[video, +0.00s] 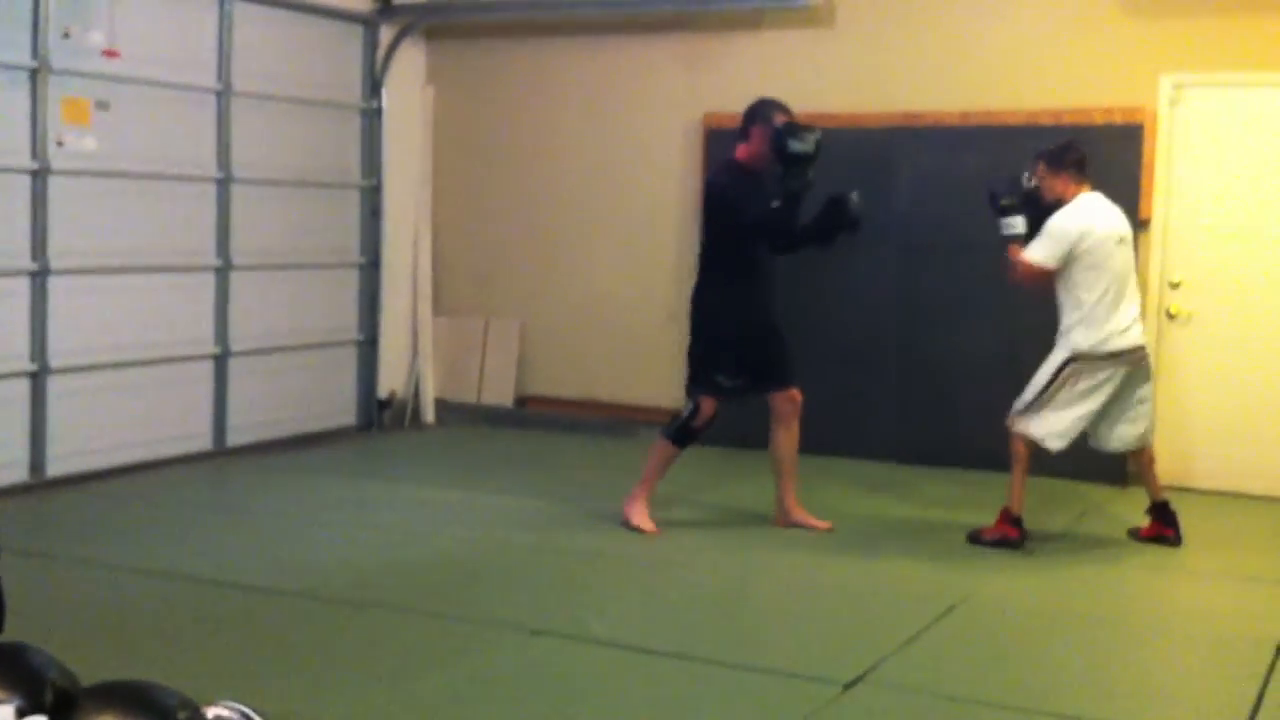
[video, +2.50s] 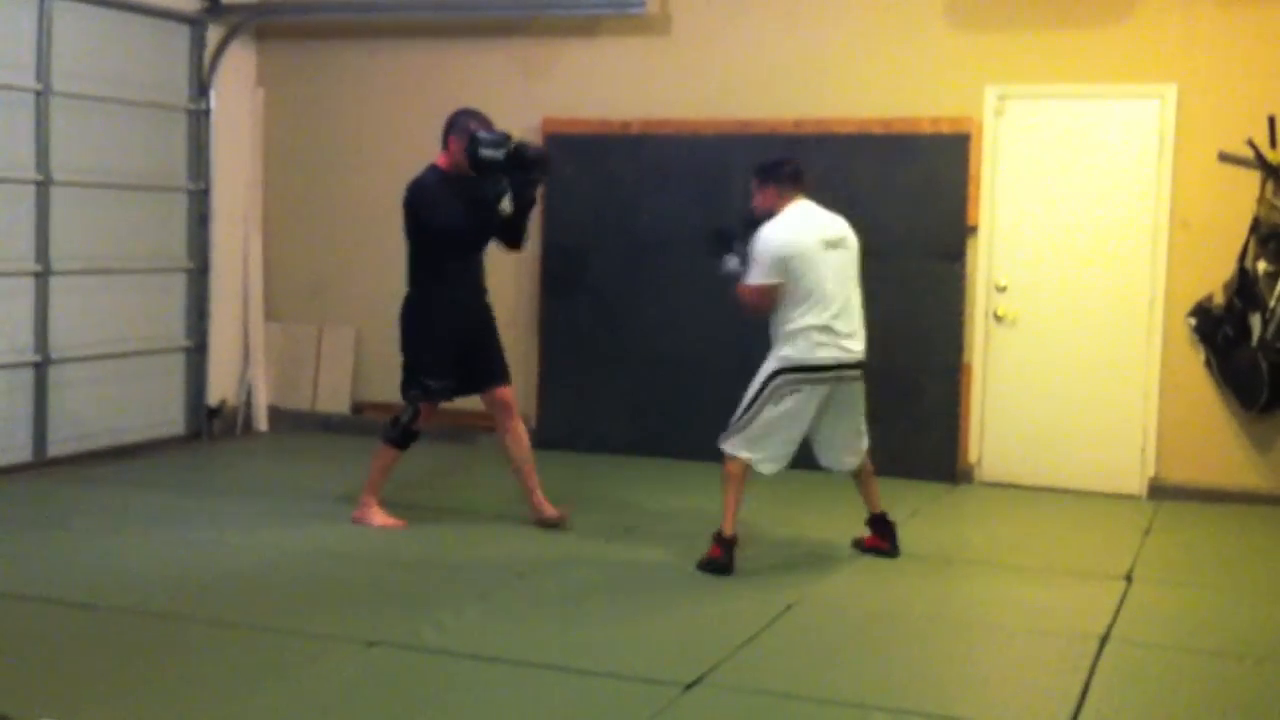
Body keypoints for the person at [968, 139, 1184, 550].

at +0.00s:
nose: (1040, 187)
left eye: (1043, 178)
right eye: (1039, 179)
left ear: (1064, 176)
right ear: (1079, 175)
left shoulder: (1070, 219)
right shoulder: (1113, 212)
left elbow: (1027, 270)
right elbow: (1068, 265)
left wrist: (1012, 230)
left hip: (1088, 348)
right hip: (1130, 344)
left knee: (1021, 424)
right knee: (1138, 438)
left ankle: (1011, 522)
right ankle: (1163, 517)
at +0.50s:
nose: (1000, 184)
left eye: (1005, 176)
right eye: (1001, 176)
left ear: (1026, 176)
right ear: (1041, 176)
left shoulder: (1021, 221)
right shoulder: (1071, 215)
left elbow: (1006, 286)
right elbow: (1048, 268)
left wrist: (980, 250)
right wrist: (1005, 222)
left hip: (1039, 341)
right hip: (1082, 337)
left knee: (971, 417)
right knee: (1092, 431)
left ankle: (964, 512)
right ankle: (1115, 513)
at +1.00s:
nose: (855, 235)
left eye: (856, 227)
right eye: (853, 229)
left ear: (872, 220)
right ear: (889, 219)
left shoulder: (882, 249)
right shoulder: (919, 255)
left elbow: (811, 253)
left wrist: (789, 203)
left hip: (922, 380)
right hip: (953, 374)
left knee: (836, 429)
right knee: (964, 446)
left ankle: (817, 520)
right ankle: (1028, 499)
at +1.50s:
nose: (787, 204)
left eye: (790, 195)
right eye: (785, 197)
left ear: (810, 190)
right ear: (815, 190)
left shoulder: (820, 229)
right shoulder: (843, 214)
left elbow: (758, 265)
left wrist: (761, 214)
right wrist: (767, 214)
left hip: (837, 349)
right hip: (870, 343)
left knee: (773, 422)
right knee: (881, 419)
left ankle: (757, 513)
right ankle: (922, 487)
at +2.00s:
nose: (820, 211)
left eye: (823, 202)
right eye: (820, 202)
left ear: (837, 200)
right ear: (855, 196)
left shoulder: (843, 244)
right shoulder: (896, 230)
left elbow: (799, 295)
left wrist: (788, 258)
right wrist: (818, 242)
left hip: (870, 362)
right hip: (915, 361)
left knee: (798, 430)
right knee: (929, 440)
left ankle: (791, 524)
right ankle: (956, 518)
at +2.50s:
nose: (754, 204)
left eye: (757, 194)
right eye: (755, 194)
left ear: (772, 191)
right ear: (797, 188)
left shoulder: (773, 234)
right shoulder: (842, 227)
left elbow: (757, 299)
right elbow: (832, 284)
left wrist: (736, 270)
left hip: (798, 360)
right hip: (849, 358)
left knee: (738, 445)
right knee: (854, 445)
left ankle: (725, 541)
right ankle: (881, 527)